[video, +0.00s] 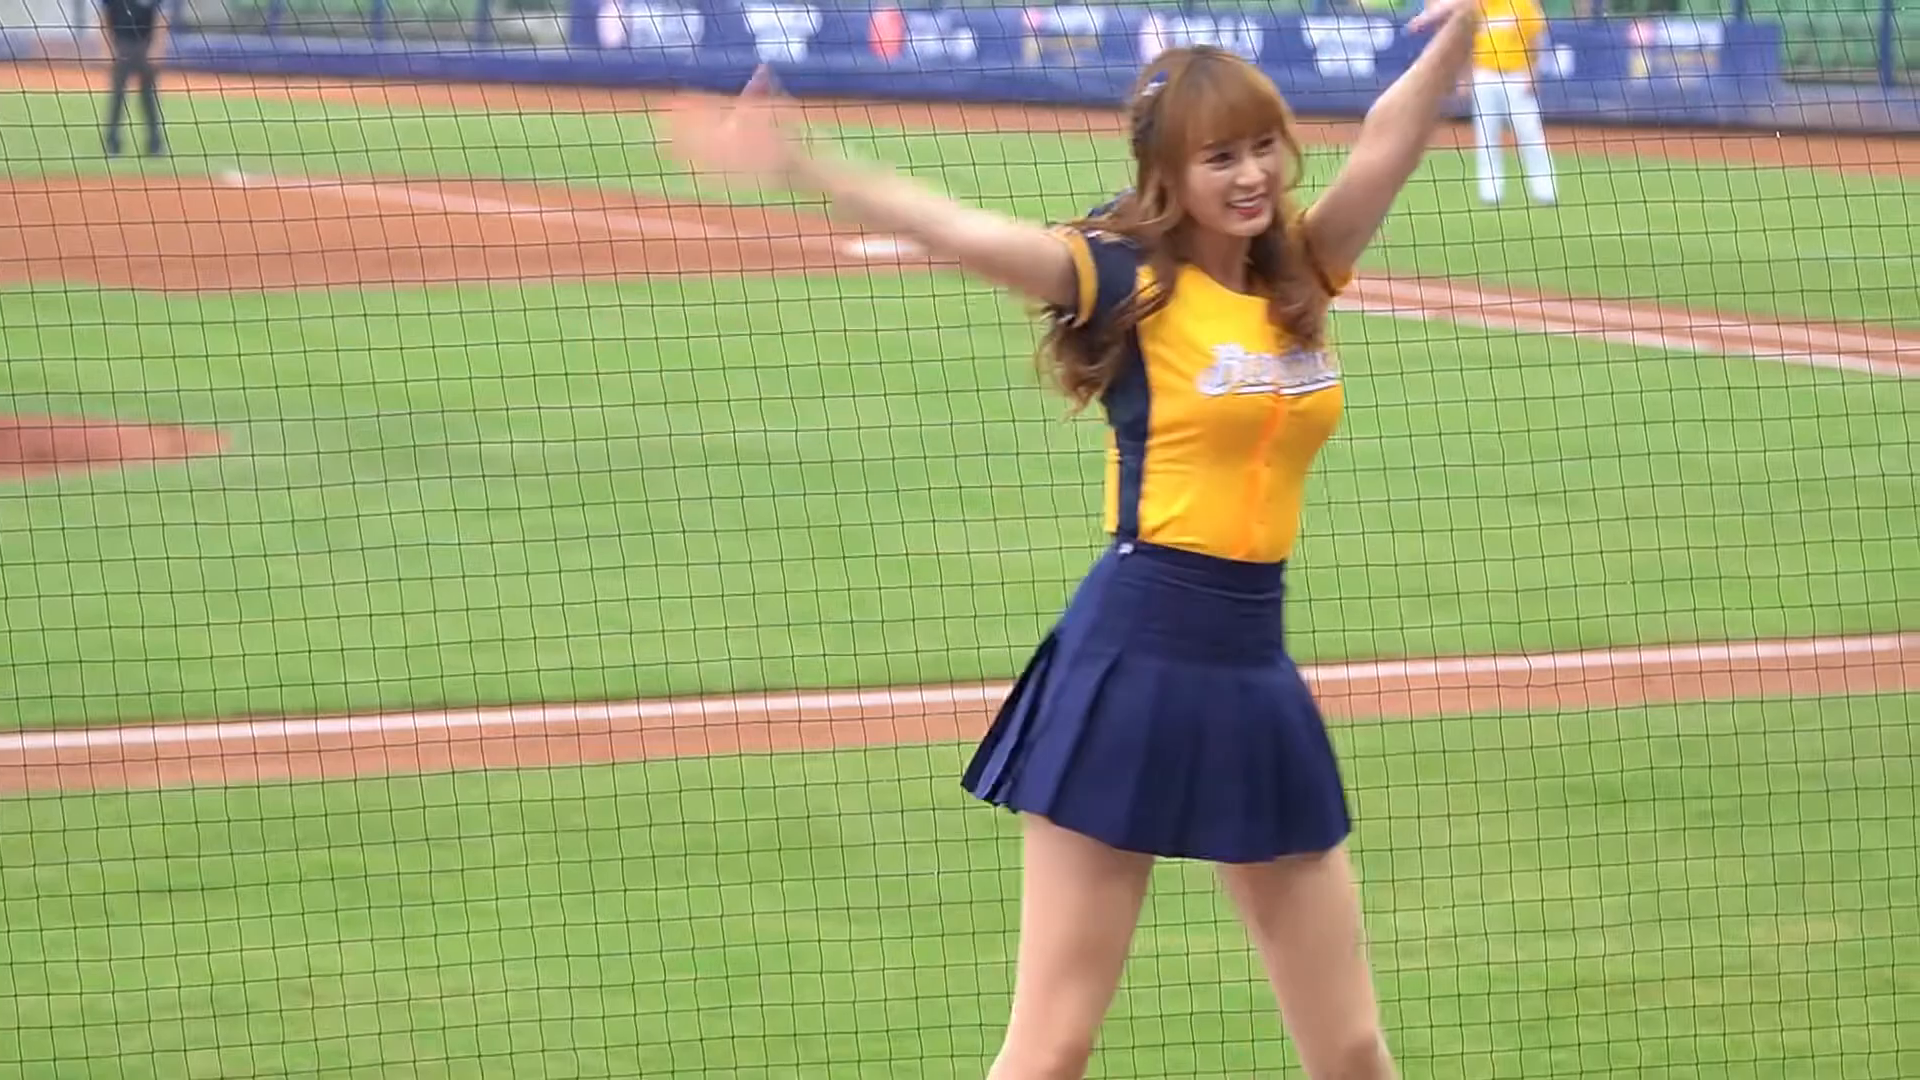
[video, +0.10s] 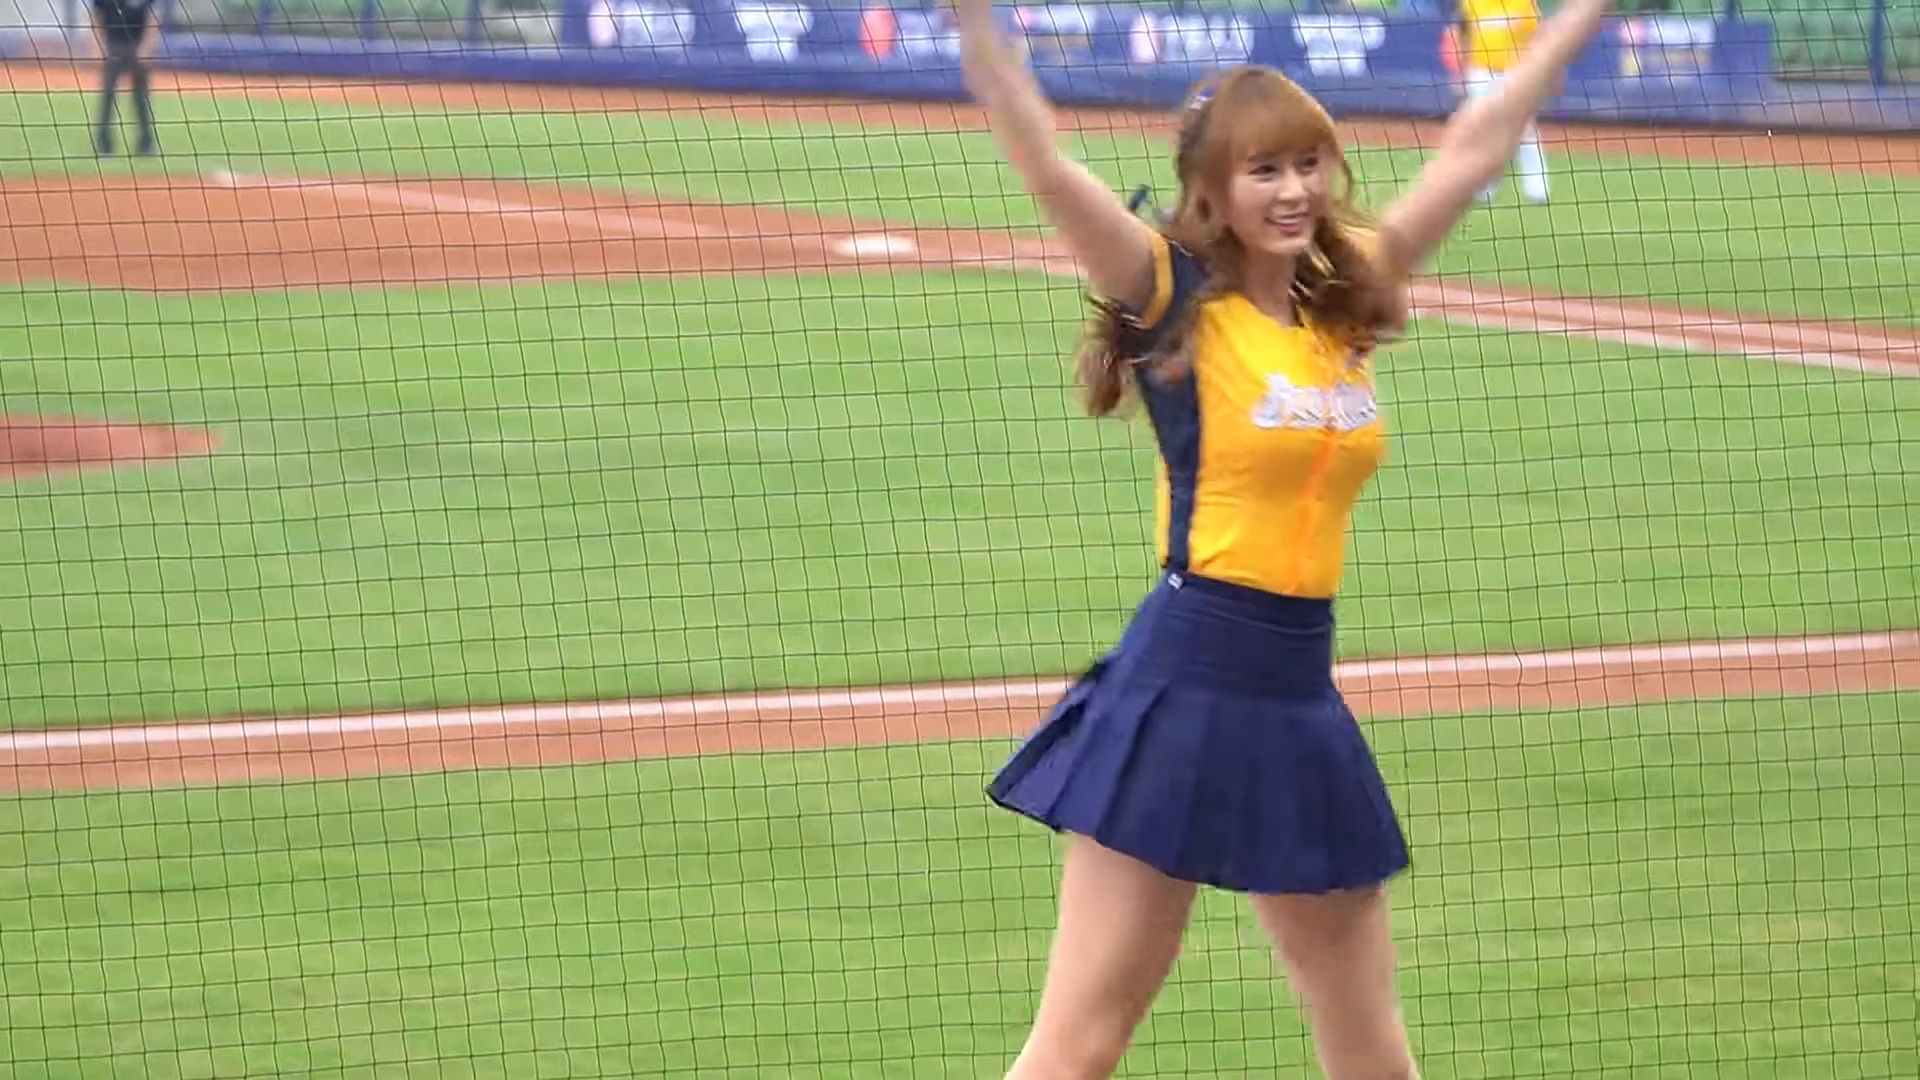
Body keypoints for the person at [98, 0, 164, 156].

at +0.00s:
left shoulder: (152, 4)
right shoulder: (111, 3)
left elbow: (161, 20)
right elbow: (105, 23)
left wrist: (156, 49)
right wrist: (112, 50)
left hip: (145, 46)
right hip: (121, 46)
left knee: (148, 96)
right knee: (117, 95)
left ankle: (154, 139)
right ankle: (112, 137)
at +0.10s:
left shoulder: (147, 3)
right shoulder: (102, 3)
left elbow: (154, 20)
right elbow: (95, 19)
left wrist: (145, 49)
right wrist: (102, 49)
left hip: (138, 45)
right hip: (113, 44)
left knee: (141, 96)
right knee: (108, 95)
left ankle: (146, 137)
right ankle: (103, 136)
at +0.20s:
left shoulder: (139, 3)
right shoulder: (93, 2)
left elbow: (145, 20)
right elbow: (86, 20)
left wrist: (136, 49)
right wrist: (92, 49)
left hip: (130, 45)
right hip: (104, 44)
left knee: (133, 96)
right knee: (99, 94)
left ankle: (137, 140)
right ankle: (96, 140)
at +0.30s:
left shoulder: (119, 3)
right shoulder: (74, 3)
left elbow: (126, 22)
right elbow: (68, 23)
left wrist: (114, 51)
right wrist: (76, 49)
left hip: (110, 48)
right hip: (85, 47)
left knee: (115, 98)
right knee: (79, 98)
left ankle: (119, 143)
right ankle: (81, 144)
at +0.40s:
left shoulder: (99, 3)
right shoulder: (54, 3)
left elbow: (108, 25)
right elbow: (49, 24)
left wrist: (94, 52)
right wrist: (55, 50)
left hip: (91, 50)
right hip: (65, 50)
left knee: (98, 102)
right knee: (60, 100)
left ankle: (102, 147)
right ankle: (61, 148)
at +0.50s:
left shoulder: (84, 4)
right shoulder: (43, 4)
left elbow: (100, 28)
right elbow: (37, 32)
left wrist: (82, 53)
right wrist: (46, 57)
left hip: (81, 57)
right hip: (56, 58)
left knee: (88, 105)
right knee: (49, 107)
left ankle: (99, 152)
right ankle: (53, 154)